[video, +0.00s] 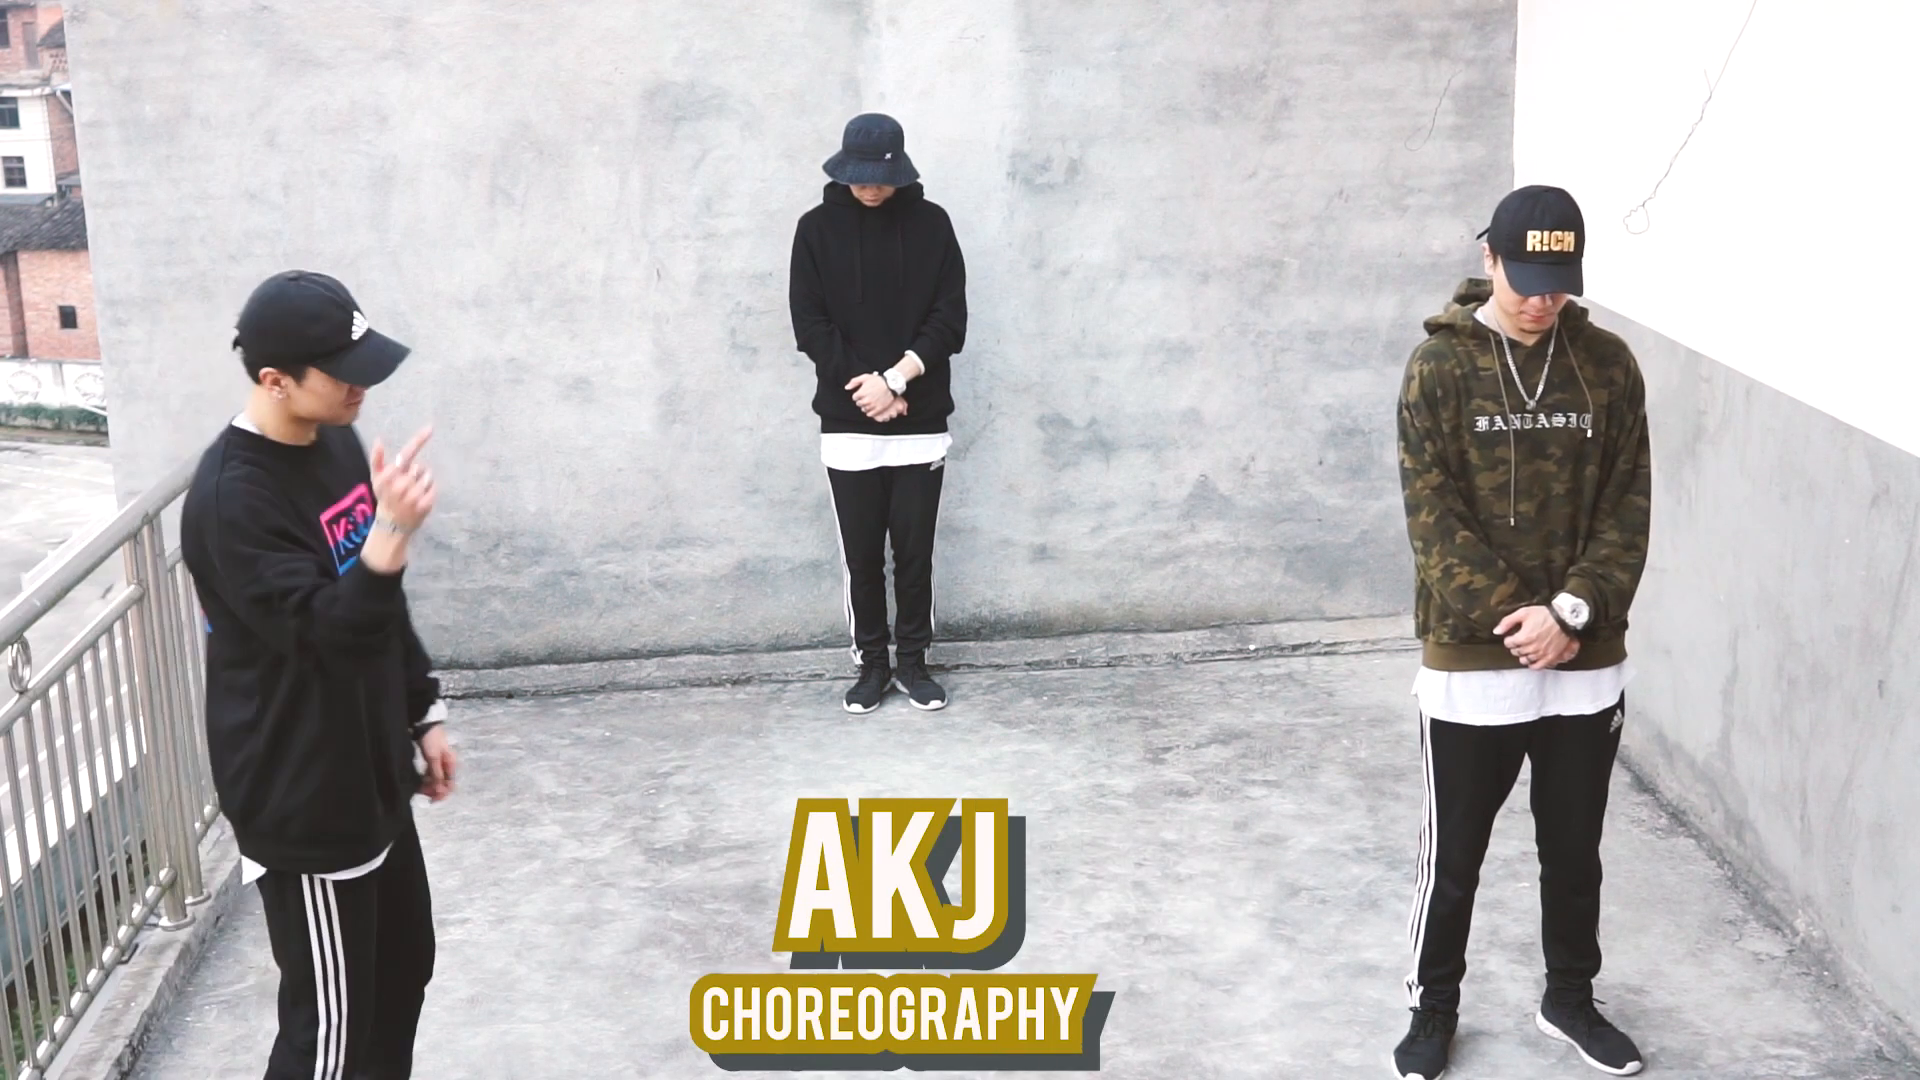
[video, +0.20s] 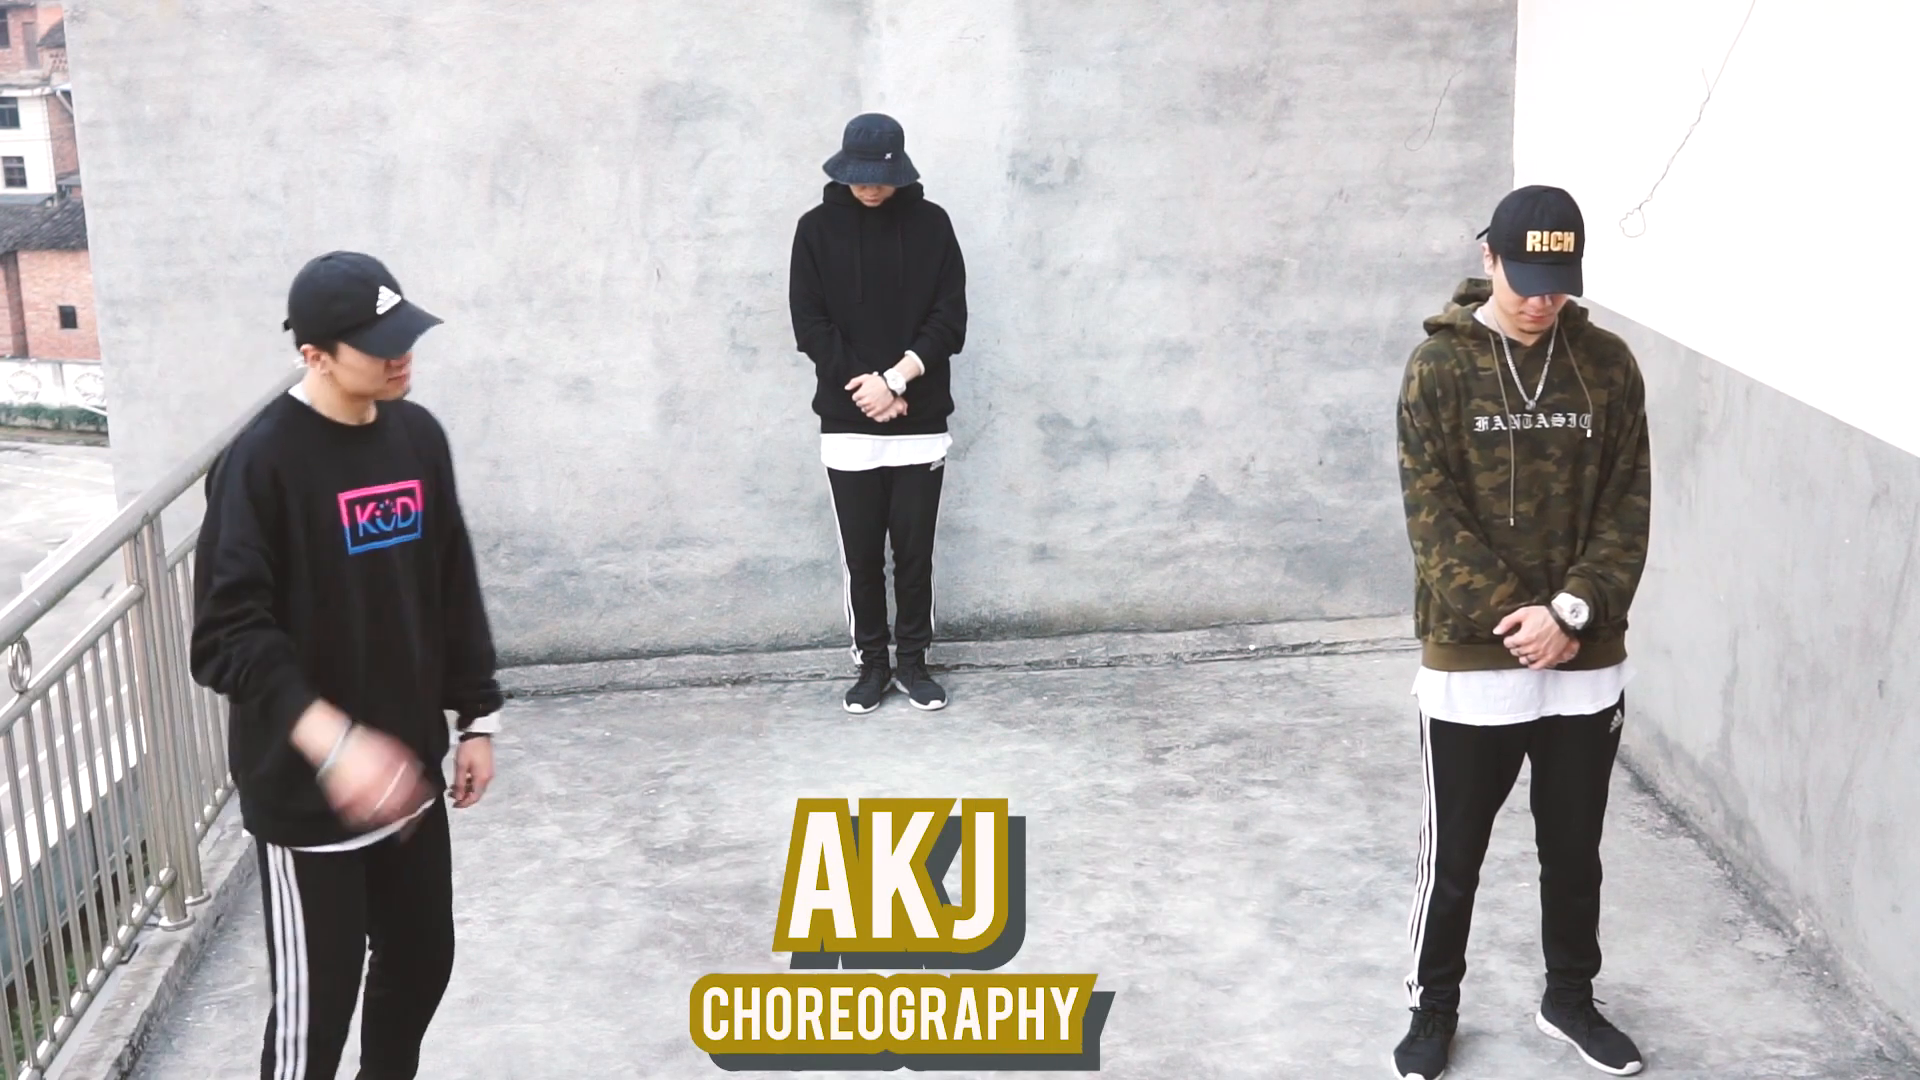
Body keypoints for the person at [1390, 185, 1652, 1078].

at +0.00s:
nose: (1546, 300)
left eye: (1561, 284)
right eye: (1530, 281)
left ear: (1581, 271)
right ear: (1491, 259)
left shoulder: (1610, 364)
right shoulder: (1441, 363)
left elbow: (1629, 508)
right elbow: (1432, 513)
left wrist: (1575, 611)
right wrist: (1519, 619)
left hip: (1584, 660)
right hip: (1471, 662)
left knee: (1575, 851)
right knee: (1453, 854)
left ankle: (1571, 998)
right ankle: (1433, 1007)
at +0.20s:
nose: (1545, 300)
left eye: (1560, 283)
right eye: (1529, 281)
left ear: (1581, 270)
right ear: (1490, 259)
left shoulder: (1609, 364)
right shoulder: (1441, 363)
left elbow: (1629, 508)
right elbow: (1432, 514)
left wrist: (1576, 612)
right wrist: (1519, 620)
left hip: (1584, 661)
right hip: (1471, 663)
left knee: (1575, 850)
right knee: (1453, 854)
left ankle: (1571, 998)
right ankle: (1433, 1007)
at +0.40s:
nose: (1545, 300)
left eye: (1560, 284)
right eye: (1529, 282)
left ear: (1581, 271)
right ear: (1490, 259)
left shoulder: (1609, 364)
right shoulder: (1440, 363)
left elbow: (1628, 508)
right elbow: (1432, 514)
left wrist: (1575, 612)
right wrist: (1519, 620)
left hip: (1584, 660)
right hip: (1470, 662)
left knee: (1575, 851)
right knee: (1453, 853)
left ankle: (1571, 998)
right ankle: (1433, 1007)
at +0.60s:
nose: (1546, 301)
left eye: (1561, 284)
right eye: (1530, 282)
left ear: (1581, 271)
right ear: (1491, 259)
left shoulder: (1609, 364)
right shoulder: (1440, 363)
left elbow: (1628, 507)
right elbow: (1432, 514)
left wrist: (1575, 612)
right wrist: (1519, 620)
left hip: (1584, 661)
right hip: (1470, 663)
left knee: (1575, 851)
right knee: (1453, 854)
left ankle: (1571, 998)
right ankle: (1433, 1006)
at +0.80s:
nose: (1545, 301)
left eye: (1561, 285)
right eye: (1529, 282)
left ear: (1581, 272)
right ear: (1491, 259)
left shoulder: (1609, 364)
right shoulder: (1440, 363)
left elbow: (1628, 508)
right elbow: (1432, 514)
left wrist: (1575, 612)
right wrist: (1519, 620)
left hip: (1583, 660)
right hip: (1470, 662)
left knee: (1575, 850)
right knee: (1453, 853)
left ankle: (1571, 998)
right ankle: (1433, 1006)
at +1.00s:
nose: (1545, 301)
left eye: (1561, 285)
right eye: (1529, 282)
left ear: (1581, 271)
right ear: (1491, 259)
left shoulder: (1609, 364)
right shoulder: (1440, 363)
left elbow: (1628, 508)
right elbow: (1432, 514)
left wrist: (1575, 613)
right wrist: (1518, 620)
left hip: (1583, 660)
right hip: (1470, 662)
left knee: (1575, 850)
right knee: (1453, 853)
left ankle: (1571, 998)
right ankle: (1433, 1006)